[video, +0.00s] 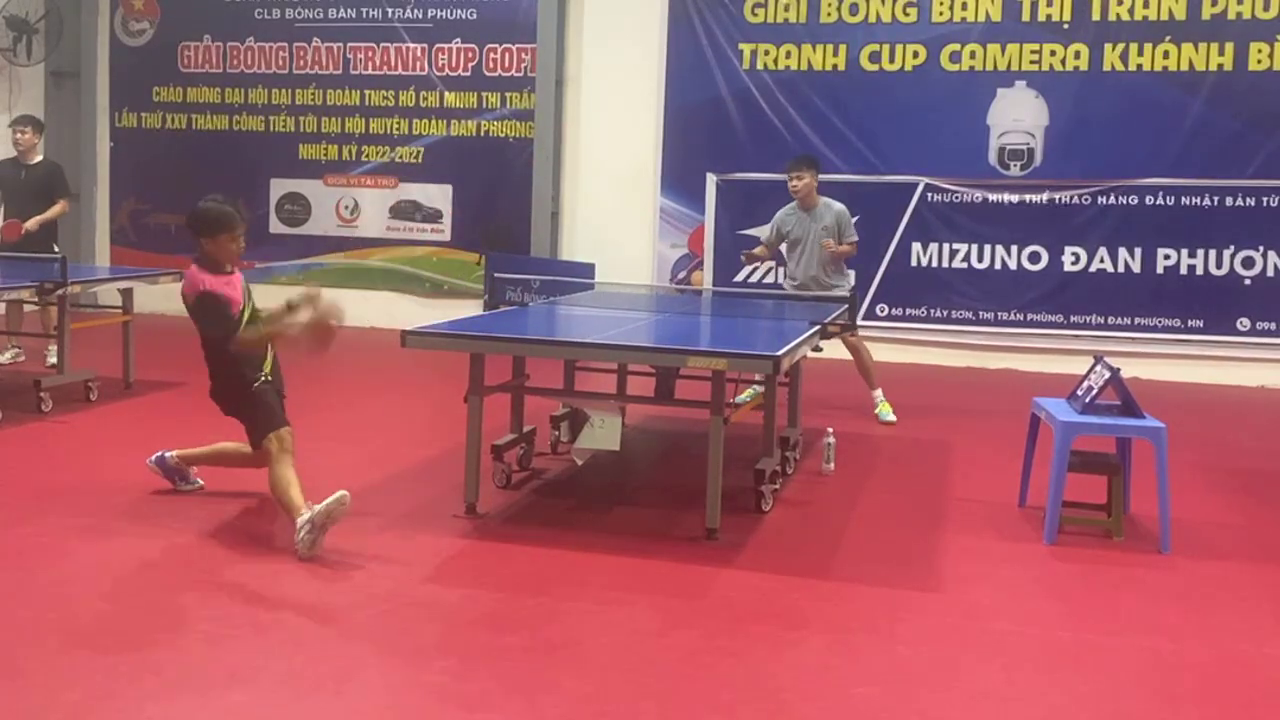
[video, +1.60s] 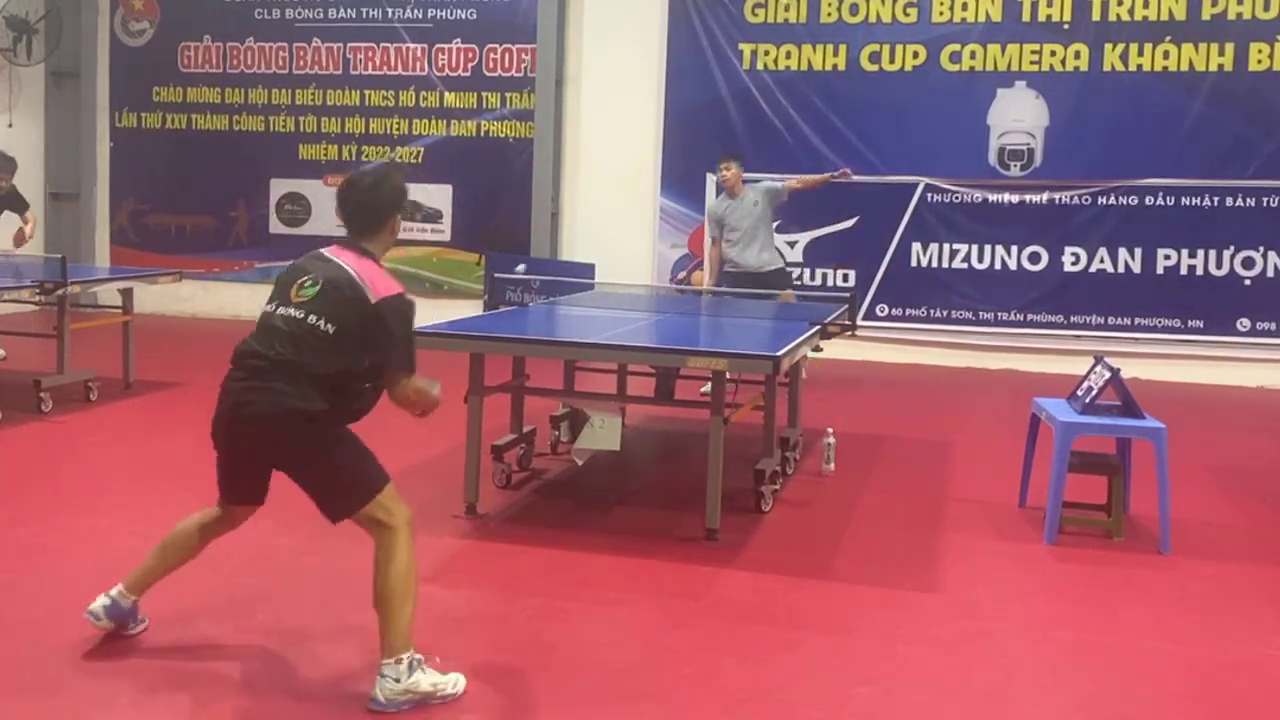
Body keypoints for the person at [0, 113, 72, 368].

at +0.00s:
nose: (17, 137)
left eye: (23, 132)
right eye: (15, 132)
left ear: (38, 137)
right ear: (12, 136)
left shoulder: (51, 169)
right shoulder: (5, 167)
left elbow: (63, 204)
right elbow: (3, 203)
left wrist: (38, 220)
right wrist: (2, 224)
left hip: (42, 248)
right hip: (10, 247)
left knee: (47, 298)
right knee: (12, 297)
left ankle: (53, 346)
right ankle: (13, 346)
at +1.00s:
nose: (14, 141)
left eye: (20, 137)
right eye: (11, 137)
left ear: (33, 140)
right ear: (7, 140)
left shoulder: (48, 170)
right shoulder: (3, 168)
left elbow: (66, 202)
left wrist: (50, 229)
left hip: (40, 247)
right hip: (7, 247)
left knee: (46, 296)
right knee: (1, 295)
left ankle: (52, 346)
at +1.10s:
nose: (9, 143)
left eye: (15, 139)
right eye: (6, 139)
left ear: (28, 142)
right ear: (2, 142)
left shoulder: (43, 174)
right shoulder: (2, 169)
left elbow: (57, 207)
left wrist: (49, 231)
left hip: (32, 253)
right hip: (4, 253)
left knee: (42, 298)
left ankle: (52, 345)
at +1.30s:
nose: (2, 155)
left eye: (7, 151)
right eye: (0, 150)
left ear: (15, 155)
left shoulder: (18, 179)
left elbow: (25, 208)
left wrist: (32, 232)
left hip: (9, 252)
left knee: (25, 298)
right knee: (23, 299)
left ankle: (44, 346)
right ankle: (44, 346)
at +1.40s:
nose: (3, 165)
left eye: (6, 160)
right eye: (1, 160)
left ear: (12, 161)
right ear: (0, 160)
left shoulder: (12, 181)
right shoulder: (9, 181)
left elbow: (16, 208)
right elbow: (17, 208)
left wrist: (24, 233)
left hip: (3, 249)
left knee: (12, 294)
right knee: (11, 295)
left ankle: (25, 343)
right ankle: (24, 344)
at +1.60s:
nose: (3, 185)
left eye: (6, 181)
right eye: (1, 180)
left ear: (11, 179)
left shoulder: (10, 192)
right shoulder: (7, 193)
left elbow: (29, 219)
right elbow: (29, 218)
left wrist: (26, 233)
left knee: (1, 295)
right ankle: (0, 345)